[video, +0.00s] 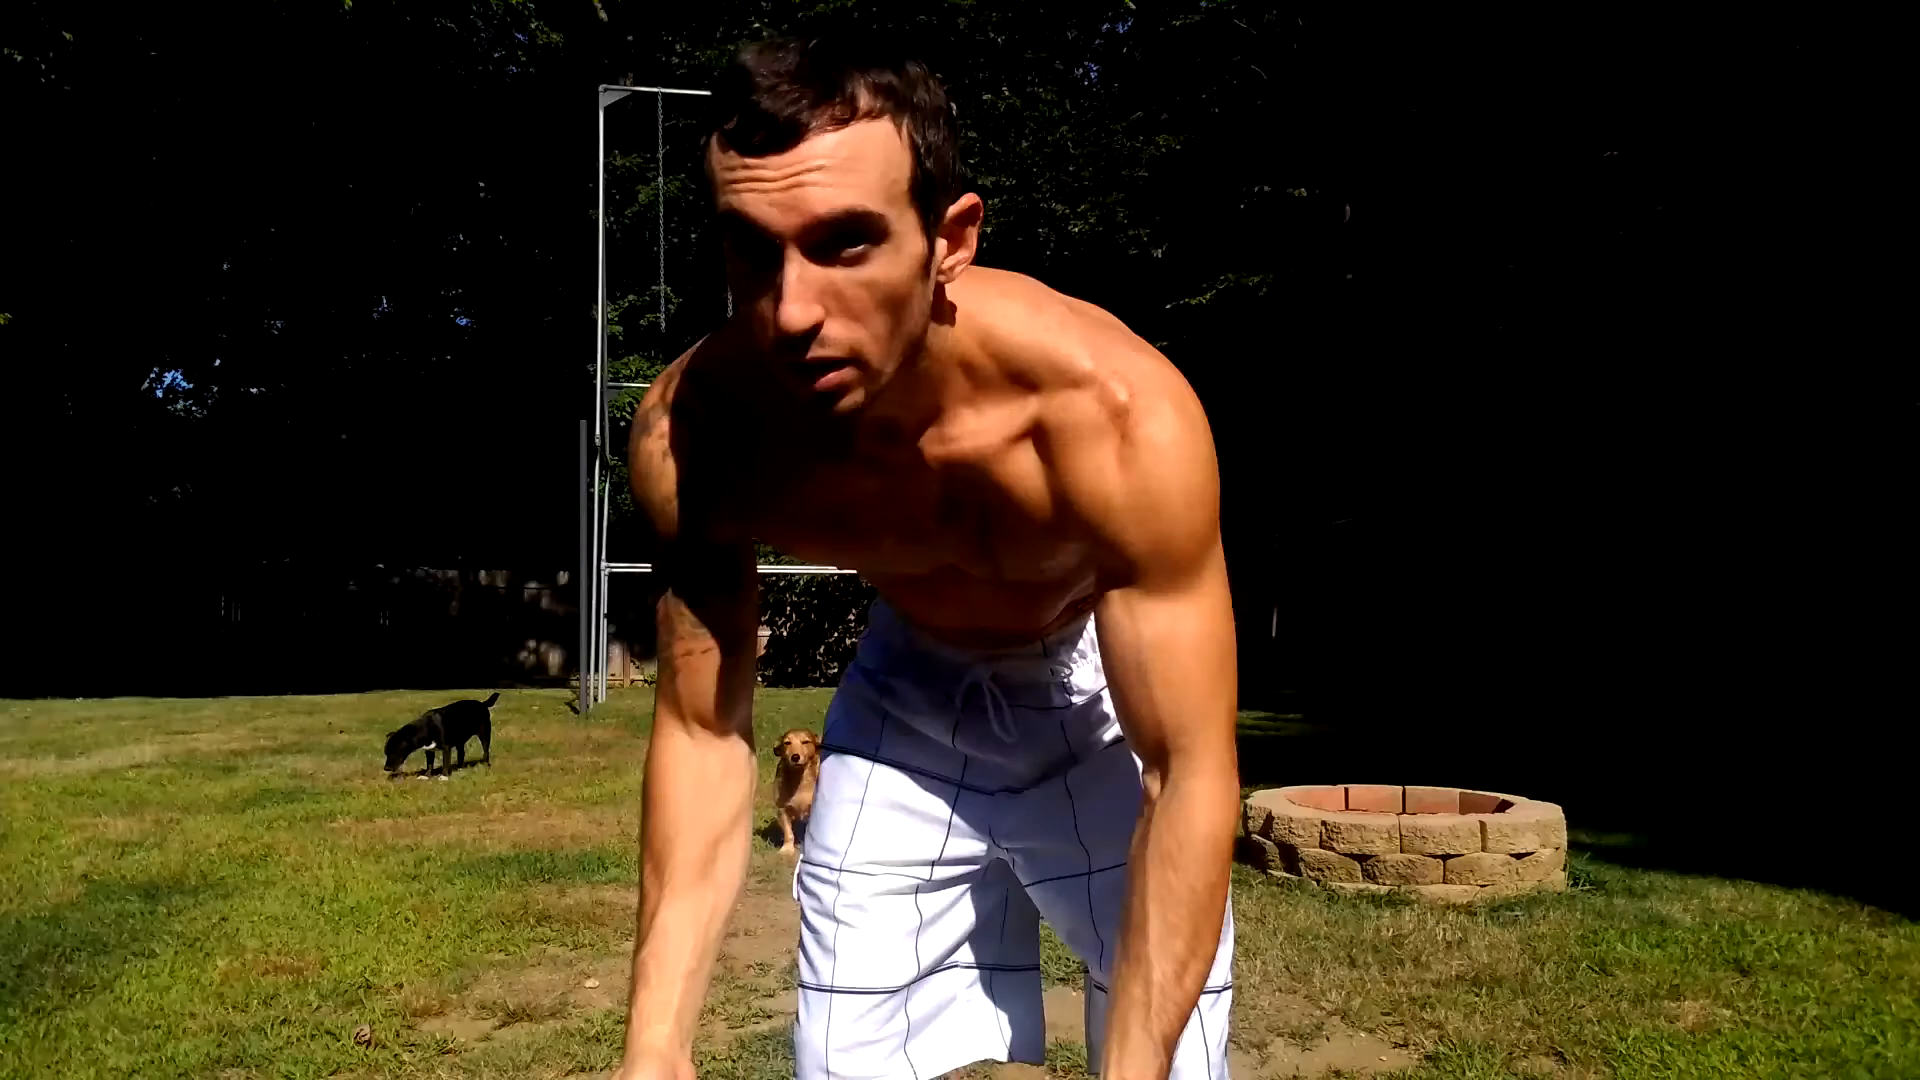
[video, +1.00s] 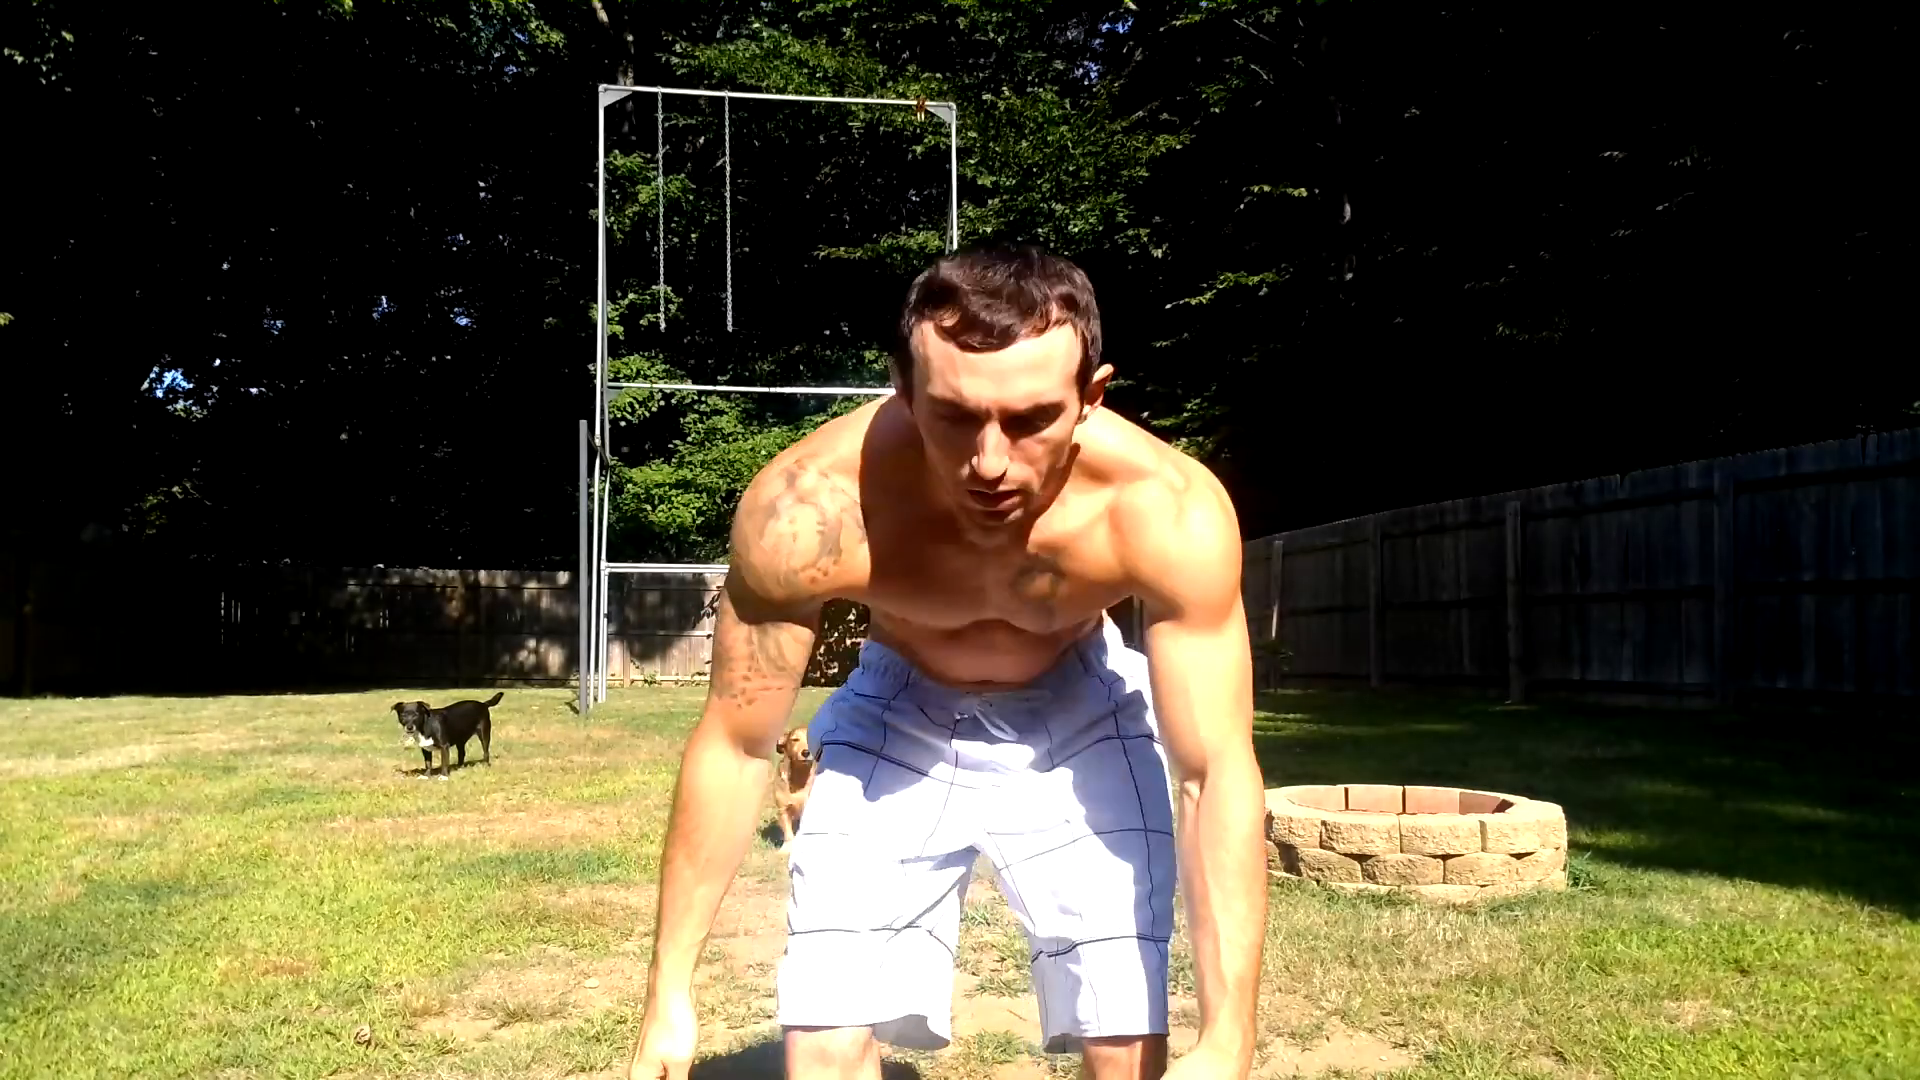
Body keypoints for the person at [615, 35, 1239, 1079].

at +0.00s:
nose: (791, 312)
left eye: (845, 243)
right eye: (755, 250)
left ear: (951, 243)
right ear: (722, 243)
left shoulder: (1127, 423)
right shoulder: (697, 436)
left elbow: (1190, 775)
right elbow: (702, 728)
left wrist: (1133, 1067)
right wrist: (655, 1047)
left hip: (1118, 681)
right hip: (911, 685)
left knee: (1173, 1061)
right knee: (849, 1056)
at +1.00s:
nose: (990, 462)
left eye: (1031, 419)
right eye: (955, 415)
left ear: (1089, 394)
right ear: (907, 388)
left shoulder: (1173, 518)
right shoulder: (802, 514)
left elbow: (1216, 776)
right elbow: (734, 745)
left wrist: (1228, 1042)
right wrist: (668, 993)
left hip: (1082, 706)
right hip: (899, 705)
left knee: (1123, 1044)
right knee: (823, 1040)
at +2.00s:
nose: (998, 207)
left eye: (1021, 180)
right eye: (975, 181)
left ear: (1073, 151)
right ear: (947, 157)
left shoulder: (1158, 281)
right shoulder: (904, 287)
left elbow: (1236, 459)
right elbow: (873, 458)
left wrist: (1294, 625)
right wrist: (831, 624)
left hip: (1093, 624)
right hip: (946, 619)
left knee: (1098, 920)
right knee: (925, 919)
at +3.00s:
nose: (954, 137)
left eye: (979, 117)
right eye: (930, 116)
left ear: (1013, 143)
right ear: (900, 140)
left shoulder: (1082, 288)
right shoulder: (827, 289)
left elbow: (1136, 469)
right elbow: (782, 463)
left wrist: (1164, 639)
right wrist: (757, 635)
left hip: (1039, 627)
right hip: (889, 631)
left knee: (1070, 936)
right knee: (894, 943)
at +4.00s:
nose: (956, 116)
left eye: (982, 95)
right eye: (932, 94)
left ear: (1019, 121)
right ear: (904, 119)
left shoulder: (1092, 274)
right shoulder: (829, 277)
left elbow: (1132, 464)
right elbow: (782, 458)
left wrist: (1155, 636)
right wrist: (742, 635)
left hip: (1040, 625)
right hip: (883, 622)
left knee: (1062, 947)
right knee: (880, 944)